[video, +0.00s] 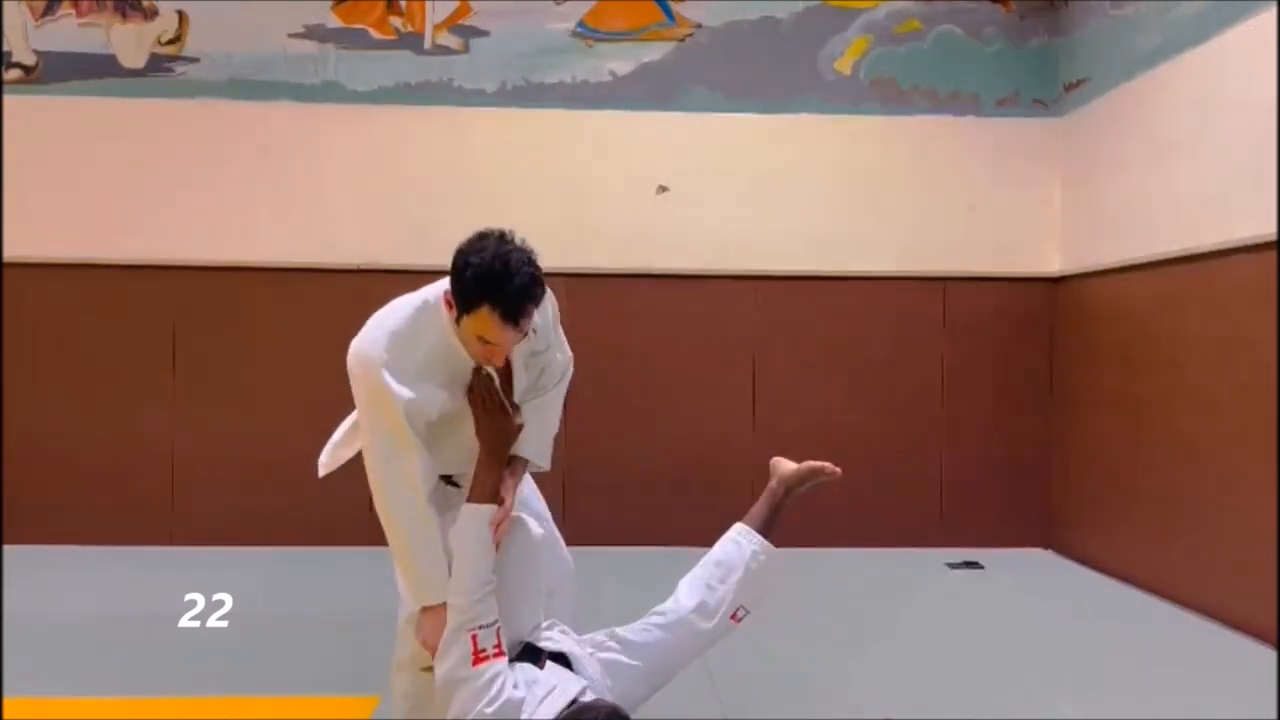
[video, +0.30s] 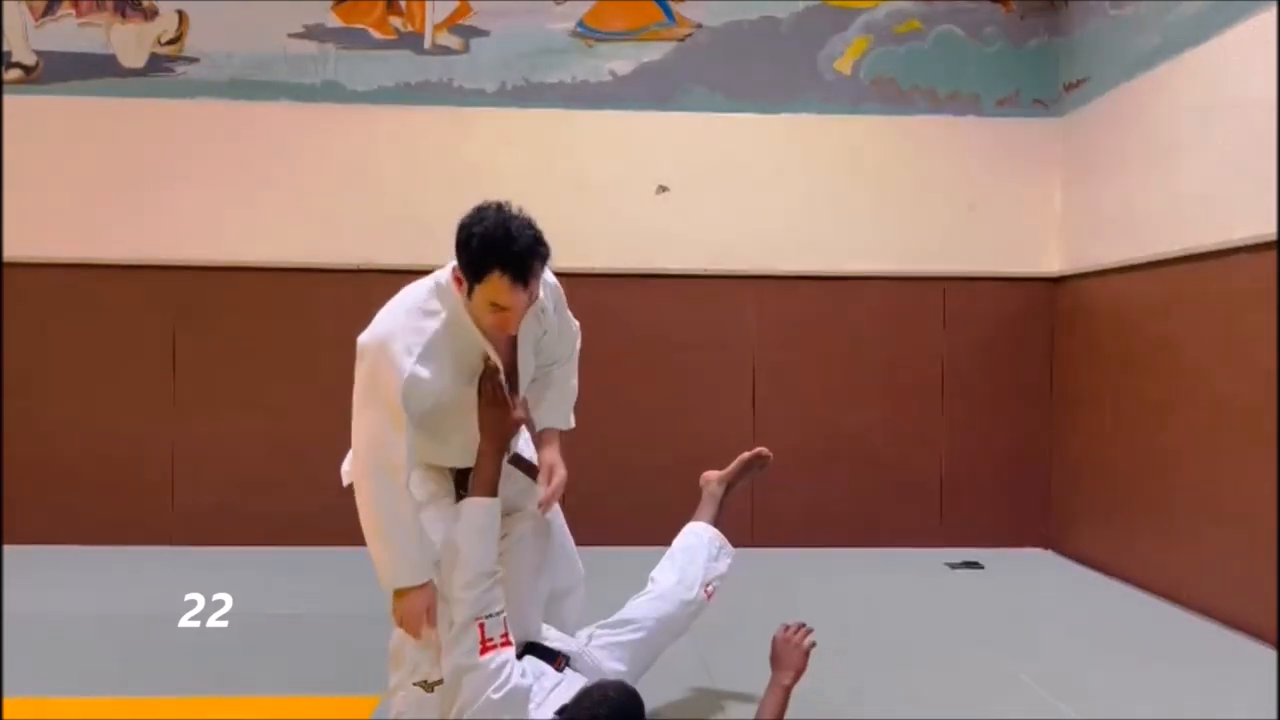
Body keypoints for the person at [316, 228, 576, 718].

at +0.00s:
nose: (499, 358)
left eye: (515, 341)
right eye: (485, 342)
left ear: (531, 313)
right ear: (453, 307)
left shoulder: (536, 309)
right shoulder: (383, 355)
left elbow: (551, 378)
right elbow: (398, 487)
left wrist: (516, 469)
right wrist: (432, 602)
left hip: (500, 472)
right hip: (429, 484)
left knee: (553, 566)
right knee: (431, 619)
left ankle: (549, 692)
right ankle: (418, 710)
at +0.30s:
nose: (514, 323)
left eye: (526, 305)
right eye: (497, 308)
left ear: (537, 282)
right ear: (460, 282)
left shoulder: (541, 292)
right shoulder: (396, 343)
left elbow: (557, 358)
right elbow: (380, 471)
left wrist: (549, 440)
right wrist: (409, 579)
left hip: (511, 455)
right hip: (424, 467)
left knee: (557, 586)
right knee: (435, 623)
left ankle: (550, 702)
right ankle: (424, 708)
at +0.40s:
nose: (558, 261)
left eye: (569, 247)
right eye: (546, 245)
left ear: (579, 232)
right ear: (509, 228)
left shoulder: (569, 280)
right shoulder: (449, 284)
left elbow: (597, 346)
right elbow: (373, 381)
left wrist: (618, 404)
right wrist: (382, 484)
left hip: (530, 457)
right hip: (455, 455)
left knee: (585, 579)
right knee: (448, 605)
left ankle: (568, 703)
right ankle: (418, 712)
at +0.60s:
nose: (565, 238)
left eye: (571, 229)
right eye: (563, 225)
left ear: (545, 214)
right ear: (536, 208)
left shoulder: (541, 266)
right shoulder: (486, 239)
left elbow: (566, 310)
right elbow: (517, 286)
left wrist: (625, 288)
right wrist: (600, 278)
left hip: (504, 391)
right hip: (456, 383)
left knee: (518, 512)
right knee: (428, 510)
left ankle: (516, 628)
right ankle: (386, 631)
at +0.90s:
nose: (568, 243)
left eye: (573, 236)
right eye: (566, 233)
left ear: (554, 219)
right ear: (545, 213)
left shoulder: (549, 259)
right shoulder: (489, 239)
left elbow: (591, 303)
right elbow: (513, 291)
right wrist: (594, 267)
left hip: (503, 393)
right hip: (454, 385)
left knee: (519, 513)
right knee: (432, 512)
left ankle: (517, 628)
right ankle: (388, 633)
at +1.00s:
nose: (571, 221)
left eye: (577, 217)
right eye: (571, 211)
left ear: (563, 208)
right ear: (552, 195)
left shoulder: (554, 244)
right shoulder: (493, 229)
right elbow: (532, 251)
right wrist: (609, 210)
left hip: (510, 386)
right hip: (462, 378)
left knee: (521, 508)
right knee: (434, 505)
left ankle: (518, 625)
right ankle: (389, 628)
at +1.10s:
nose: (576, 200)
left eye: (582, 198)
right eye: (576, 191)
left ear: (568, 192)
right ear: (557, 178)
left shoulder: (551, 237)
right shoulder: (502, 214)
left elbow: (600, 247)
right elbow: (561, 206)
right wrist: (621, 181)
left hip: (520, 377)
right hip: (474, 369)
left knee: (528, 500)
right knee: (439, 497)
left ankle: (524, 619)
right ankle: (393, 620)